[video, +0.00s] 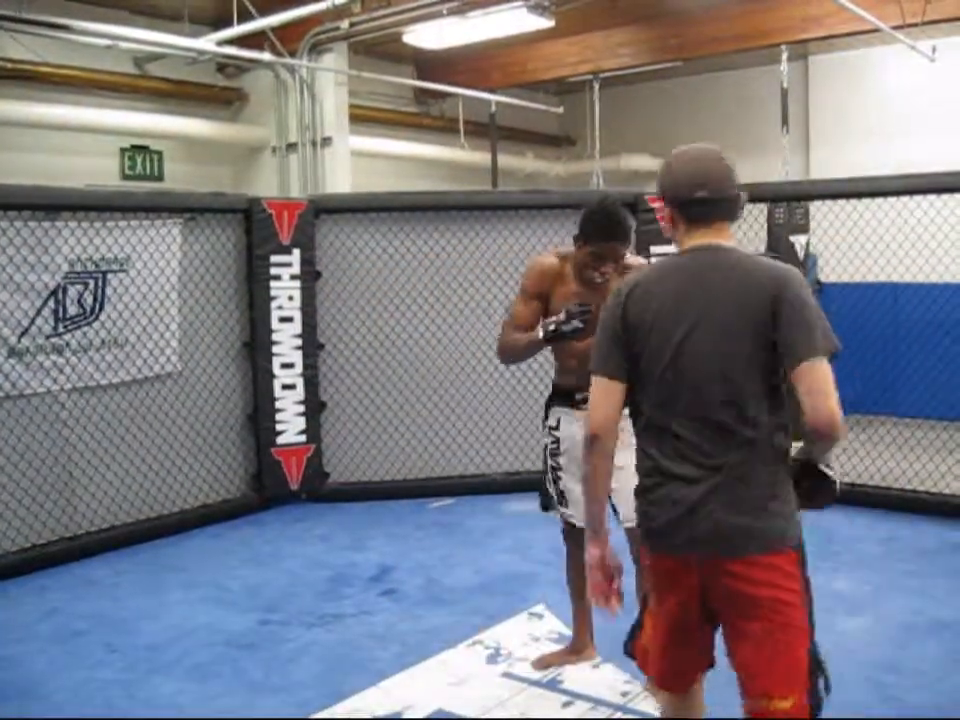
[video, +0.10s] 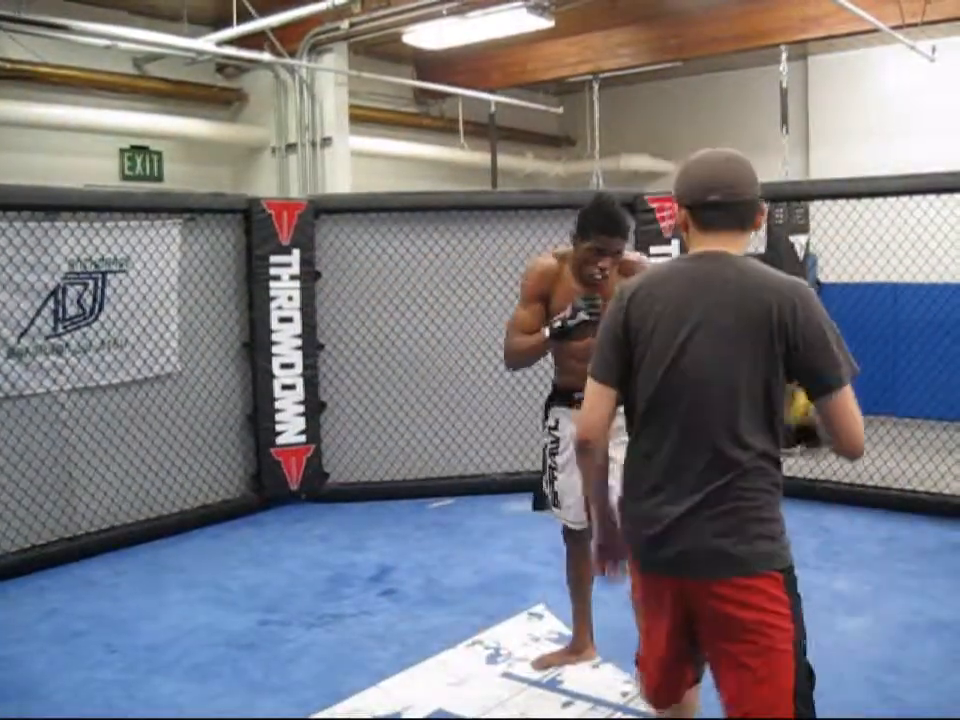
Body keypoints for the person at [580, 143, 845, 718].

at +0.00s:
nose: (657, 212)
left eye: (658, 204)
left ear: (665, 212)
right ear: (736, 206)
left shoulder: (631, 295)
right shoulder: (779, 282)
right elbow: (824, 417)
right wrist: (814, 445)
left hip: (667, 528)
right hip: (757, 529)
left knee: (677, 689)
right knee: (778, 704)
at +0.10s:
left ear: (680, 215)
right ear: (758, 215)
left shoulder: (635, 297)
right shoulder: (788, 297)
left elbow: (589, 434)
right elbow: (850, 441)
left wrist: (602, 519)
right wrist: (801, 411)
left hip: (655, 545)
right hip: (746, 550)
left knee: (671, 697)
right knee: (764, 708)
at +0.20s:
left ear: (678, 204)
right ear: (757, 205)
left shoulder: (628, 279)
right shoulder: (787, 287)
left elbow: (576, 414)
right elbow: (857, 395)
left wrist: (640, 412)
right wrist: (832, 310)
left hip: (634, 538)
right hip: (732, 548)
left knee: (652, 700)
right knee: (755, 708)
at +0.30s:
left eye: (653, 186)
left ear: (655, 196)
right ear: (737, 196)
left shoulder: (611, 273)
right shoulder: (772, 275)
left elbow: (563, 397)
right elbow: (852, 337)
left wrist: (613, 367)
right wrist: (815, 240)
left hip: (621, 538)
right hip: (721, 546)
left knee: (628, 693)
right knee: (749, 707)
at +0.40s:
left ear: (625, 208)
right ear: (710, 205)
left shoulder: (588, 289)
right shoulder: (749, 282)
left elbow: (538, 402)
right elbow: (831, 293)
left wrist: (611, 394)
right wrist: (780, 235)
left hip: (609, 557)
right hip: (708, 561)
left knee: (600, 705)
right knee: (751, 707)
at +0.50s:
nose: (574, 234)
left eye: (577, 223)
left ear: (586, 231)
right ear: (669, 226)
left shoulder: (552, 316)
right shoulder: (708, 298)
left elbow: (484, 442)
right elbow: (810, 292)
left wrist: (558, 435)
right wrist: (757, 223)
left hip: (589, 588)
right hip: (688, 587)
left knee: (583, 709)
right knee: (744, 708)